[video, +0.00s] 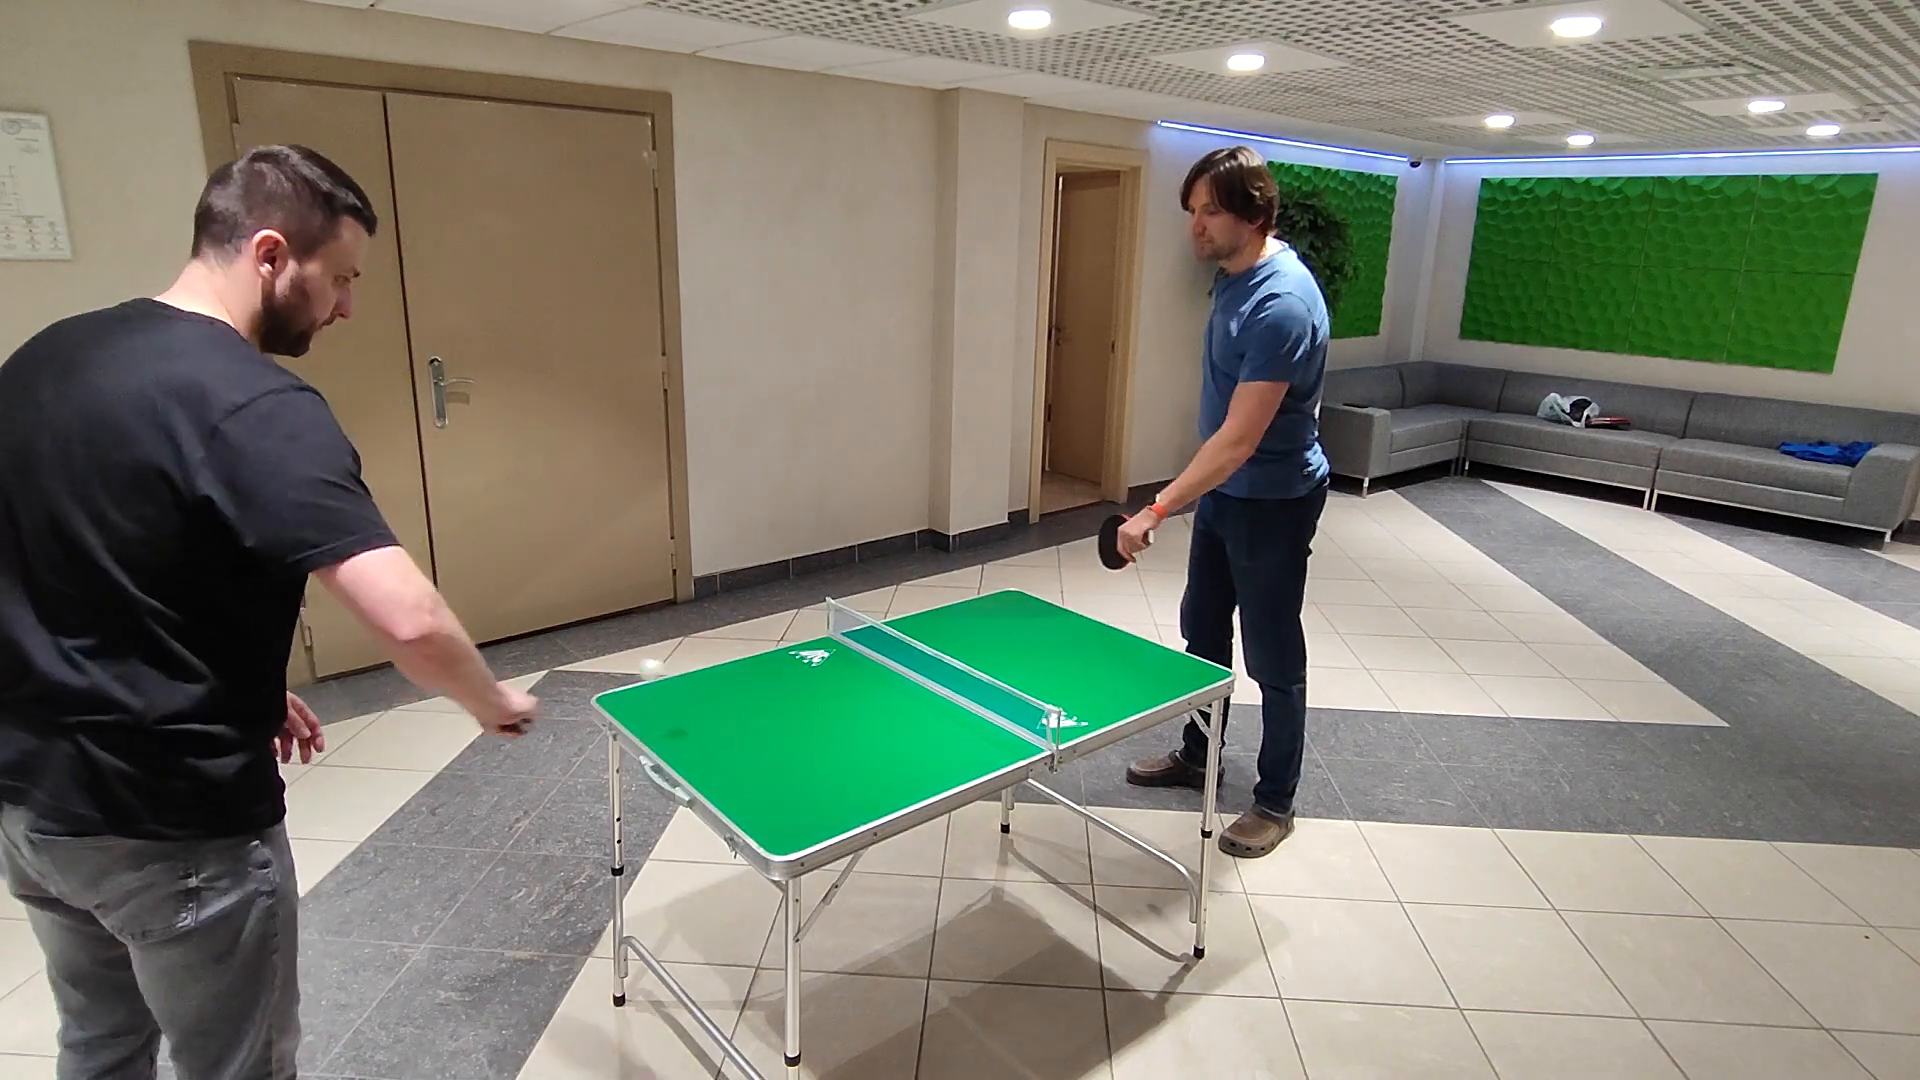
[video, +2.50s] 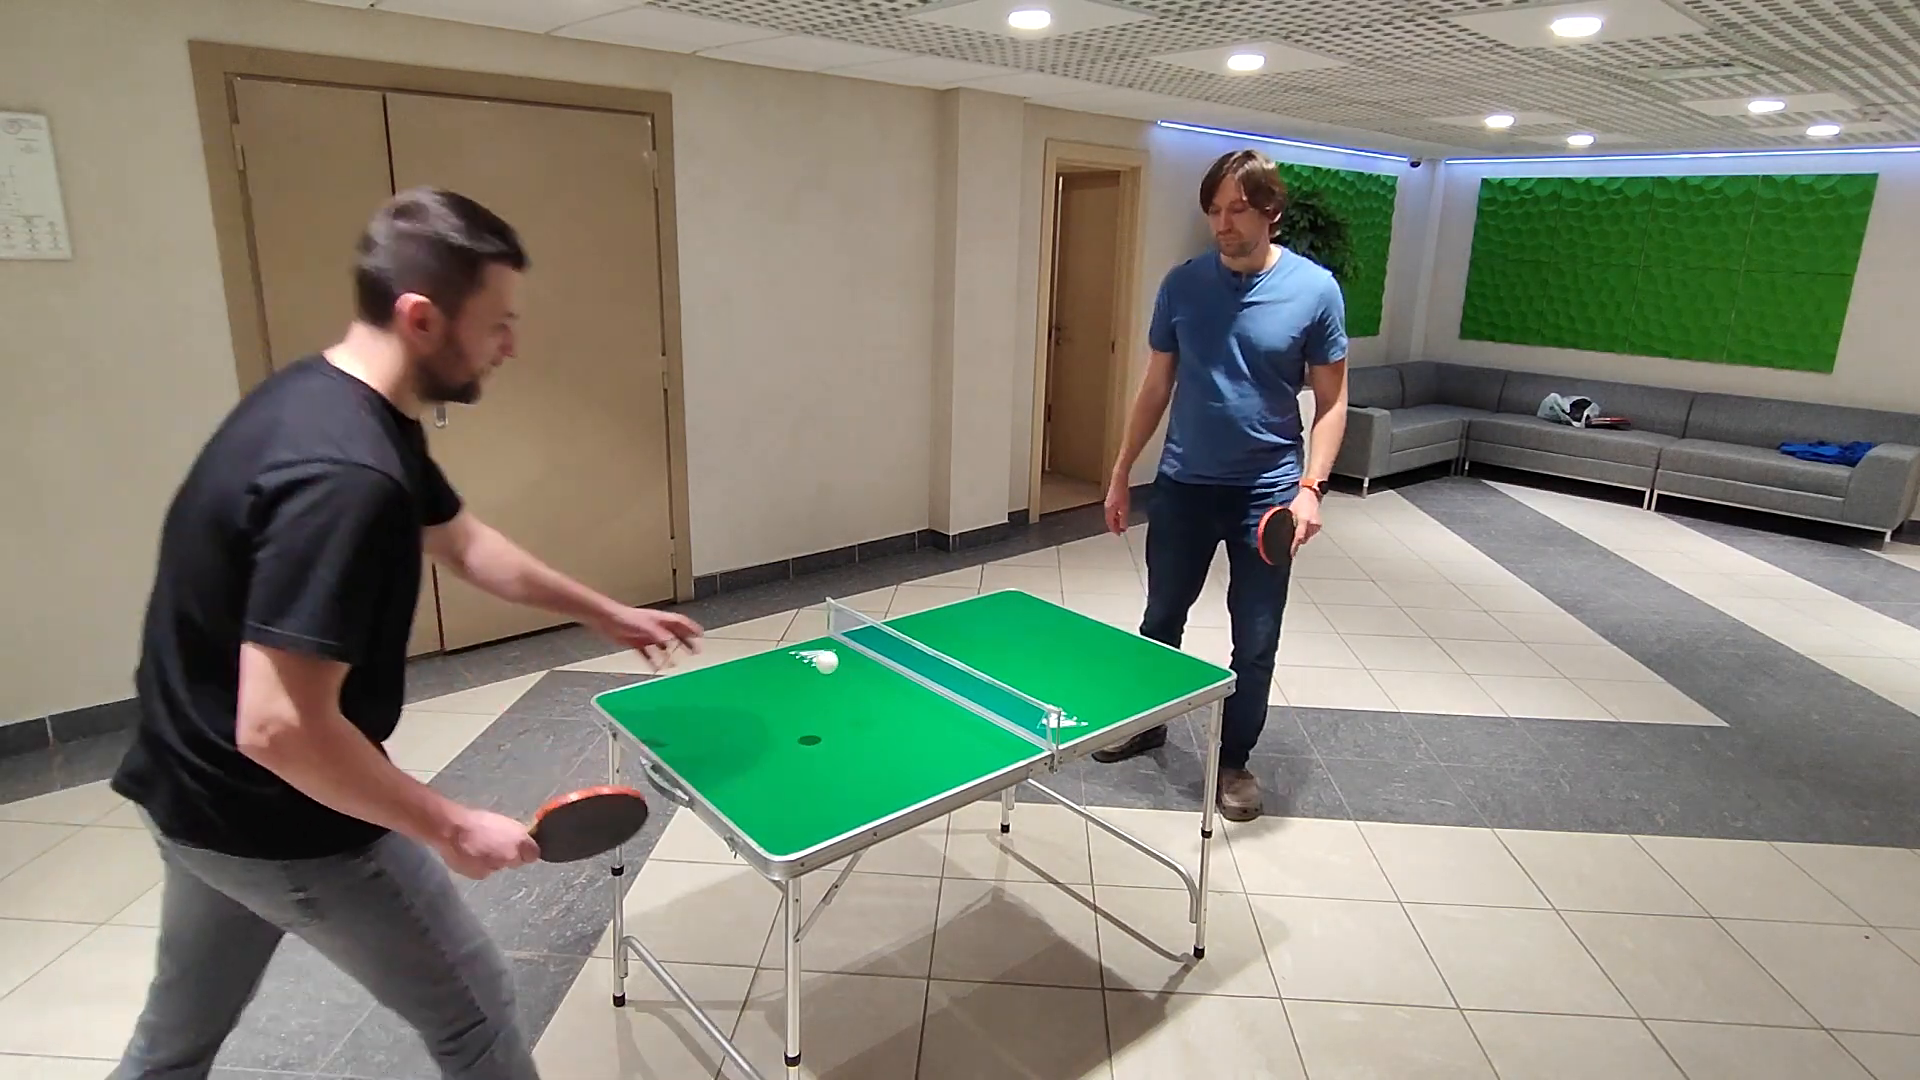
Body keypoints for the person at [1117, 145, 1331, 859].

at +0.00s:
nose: (1193, 226)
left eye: (1204, 214)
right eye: (1192, 213)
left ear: (1247, 215)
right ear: (1232, 216)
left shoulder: (1283, 307)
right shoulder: (1240, 276)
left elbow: (1237, 439)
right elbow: (1236, 409)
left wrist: (1153, 511)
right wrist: (1206, 480)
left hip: (1275, 497)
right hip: (1225, 486)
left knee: (1274, 658)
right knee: (1203, 629)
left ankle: (1274, 803)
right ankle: (1195, 756)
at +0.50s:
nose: (1225, 247)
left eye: (1241, 235)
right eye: (1216, 232)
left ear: (1275, 233)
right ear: (1206, 226)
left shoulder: (1307, 316)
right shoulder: (1189, 279)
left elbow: (1319, 434)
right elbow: (1173, 371)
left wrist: (1316, 533)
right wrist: (1141, 454)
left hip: (1260, 500)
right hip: (1183, 488)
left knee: (1271, 659)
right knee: (1151, 618)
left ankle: (1273, 803)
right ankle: (1146, 725)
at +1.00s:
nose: (1186, 275)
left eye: (1201, 263)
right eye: (1177, 260)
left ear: (1226, 263)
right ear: (1164, 255)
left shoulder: (1247, 339)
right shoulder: (1141, 294)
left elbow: (1218, 439)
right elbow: (1107, 366)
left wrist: (1182, 488)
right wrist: (1066, 441)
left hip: (1203, 486)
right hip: (1132, 476)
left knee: (1221, 628)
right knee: (1119, 610)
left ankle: (1248, 773)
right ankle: (1140, 721)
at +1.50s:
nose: (1171, 220)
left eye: (1184, 208)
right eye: (1163, 210)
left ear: (1216, 212)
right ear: (1156, 217)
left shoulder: (1263, 288)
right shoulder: (1152, 282)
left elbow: (1280, 400)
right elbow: (1138, 379)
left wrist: (1217, 456)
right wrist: (1112, 460)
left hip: (1231, 482)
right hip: (1156, 476)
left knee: (1240, 637)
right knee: (1144, 612)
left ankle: (1245, 764)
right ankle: (1141, 725)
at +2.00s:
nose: (1210, 231)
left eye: (1226, 219)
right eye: (1202, 217)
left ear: (1254, 221)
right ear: (1191, 215)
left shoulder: (1289, 296)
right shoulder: (1164, 278)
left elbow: (1310, 397)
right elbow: (1128, 371)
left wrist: (1304, 487)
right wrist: (1101, 454)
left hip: (1239, 480)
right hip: (1159, 473)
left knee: (1242, 635)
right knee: (1148, 613)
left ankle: (1244, 764)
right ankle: (1140, 721)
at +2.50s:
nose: (1224, 224)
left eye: (1238, 212)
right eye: (1216, 212)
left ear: (1271, 213)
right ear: (1207, 212)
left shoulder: (1316, 290)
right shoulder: (1183, 283)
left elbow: (1331, 402)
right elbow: (1156, 384)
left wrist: (1311, 490)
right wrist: (1121, 469)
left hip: (1267, 488)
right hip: (1184, 481)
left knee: (1255, 644)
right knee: (1161, 616)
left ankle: (1235, 765)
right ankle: (1140, 720)